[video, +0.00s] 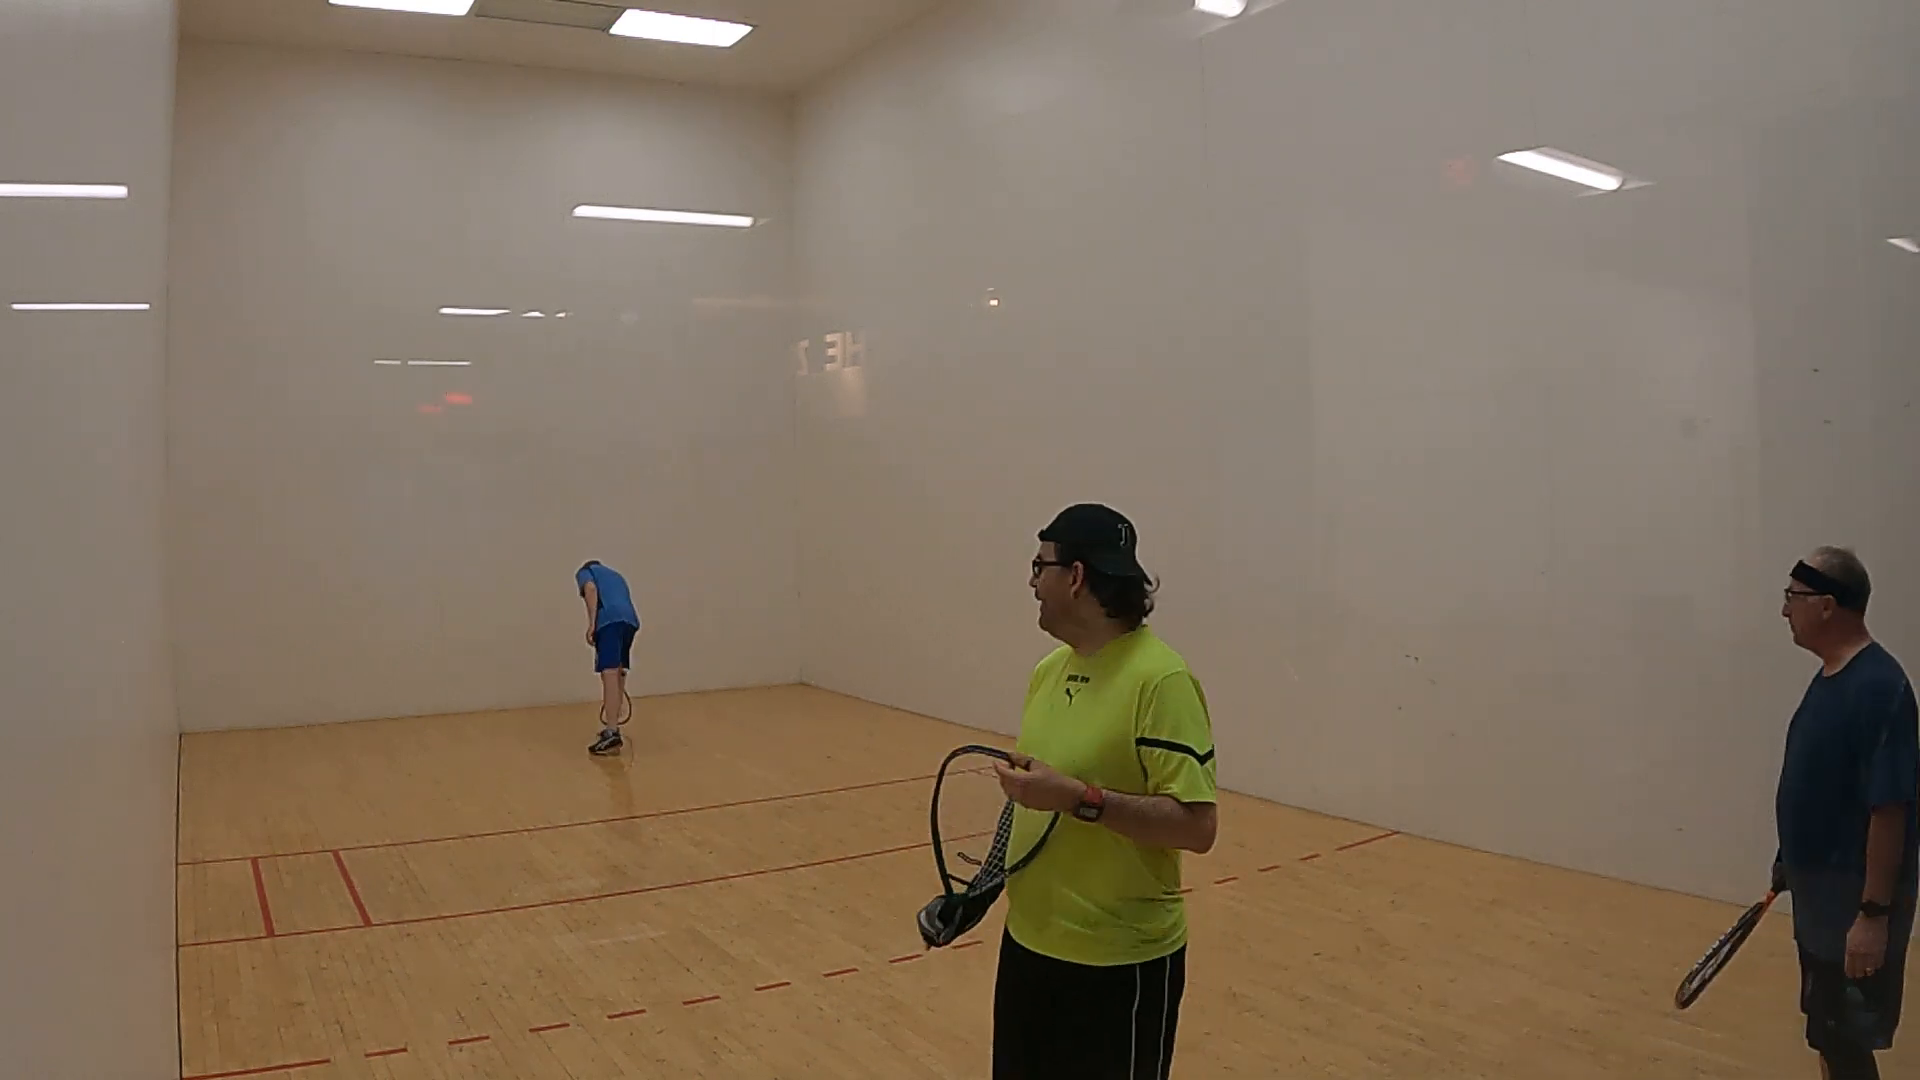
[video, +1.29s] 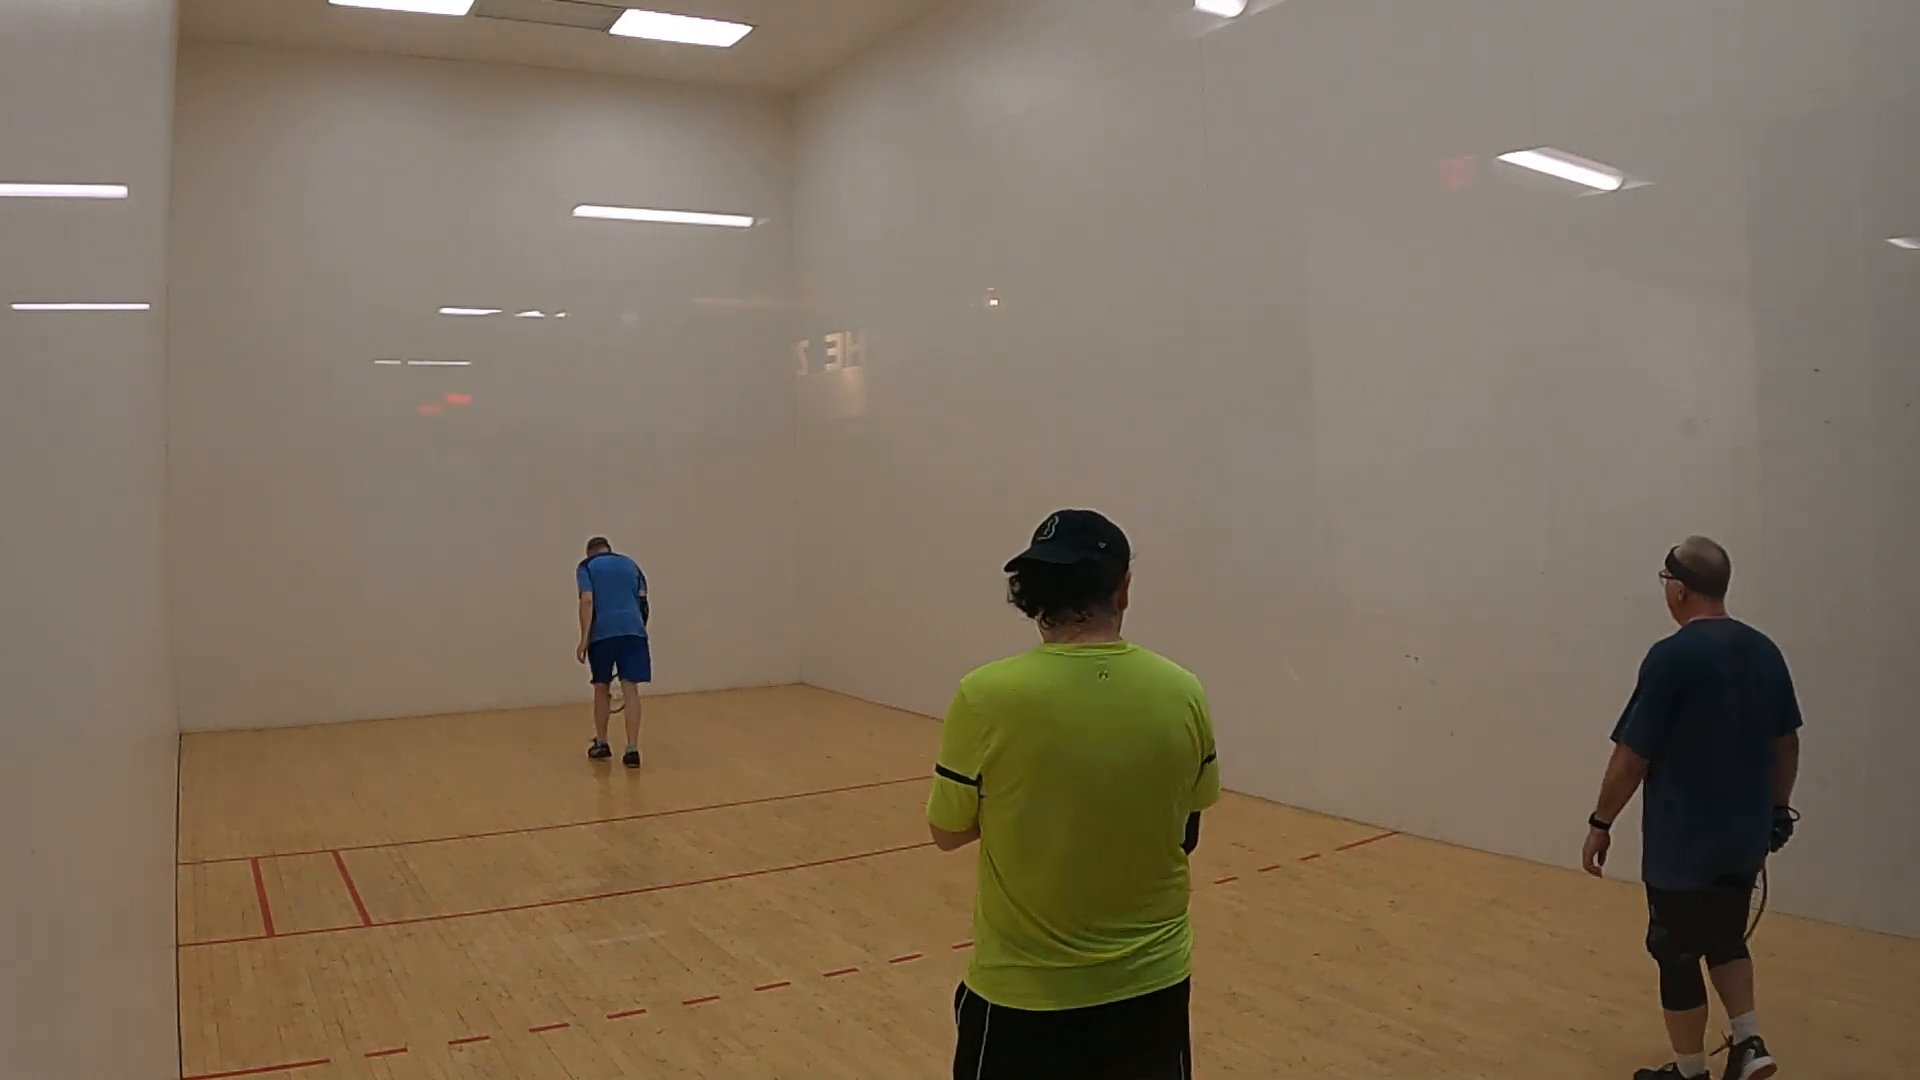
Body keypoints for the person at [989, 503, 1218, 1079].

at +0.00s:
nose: (1031, 583)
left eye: (1040, 567)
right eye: (1035, 567)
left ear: (1076, 578)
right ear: (1076, 578)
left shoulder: (1163, 680)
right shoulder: (1048, 671)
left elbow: (1198, 827)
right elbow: (1028, 811)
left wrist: (1077, 797)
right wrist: (975, 898)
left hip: (1121, 967)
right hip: (1031, 948)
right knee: (1017, 1071)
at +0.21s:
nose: (1006, 591)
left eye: (1008, 574)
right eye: (1007, 575)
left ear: (1028, 581)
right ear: (1084, 581)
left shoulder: (1109, 678)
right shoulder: (1069, 669)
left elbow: (1123, 835)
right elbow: (1051, 813)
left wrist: (998, 798)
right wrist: (976, 893)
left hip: (1074, 965)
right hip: (1041, 950)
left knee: (1048, 1077)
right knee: (1016, 1071)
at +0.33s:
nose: (997, 596)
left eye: (997, 579)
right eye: (997, 580)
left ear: (1016, 586)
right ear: (1079, 581)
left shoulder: (1070, 681)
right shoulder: (1096, 663)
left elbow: (1053, 843)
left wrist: (959, 789)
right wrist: (983, 890)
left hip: (1052, 967)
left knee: (998, 1073)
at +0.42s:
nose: (991, 604)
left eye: (989, 586)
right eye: (990, 587)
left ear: (1004, 589)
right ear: (1070, 584)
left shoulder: (1042, 687)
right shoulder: (1103, 663)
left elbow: (992, 848)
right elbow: (1080, 809)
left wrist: (949, 780)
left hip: (1037, 975)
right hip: (1102, 952)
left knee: (990, 1074)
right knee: (1054, 1071)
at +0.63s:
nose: (969, 605)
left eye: (968, 592)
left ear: (975, 596)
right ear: (1062, 589)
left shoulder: (971, 692)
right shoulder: (1115, 675)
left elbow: (907, 835)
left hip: (1006, 991)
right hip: (1109, 973)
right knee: (1075, 1072)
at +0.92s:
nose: (1053, 588)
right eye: (1053, 578)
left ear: (957, 597)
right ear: (1049, 587)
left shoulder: (925, 696)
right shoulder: (1113, 683)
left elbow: (896, 843)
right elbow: (1128, 815)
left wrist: (968, 794)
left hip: (983, 1010)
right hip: (1109, 999)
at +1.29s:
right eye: (1130, 581)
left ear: (1033, 592)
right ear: (1123, 589)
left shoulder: (987, 694)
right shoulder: (1180, 692)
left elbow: (948, 829)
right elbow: (1188, 828)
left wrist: (1025, 790)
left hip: (1017, 1015)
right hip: (1148, 1010)